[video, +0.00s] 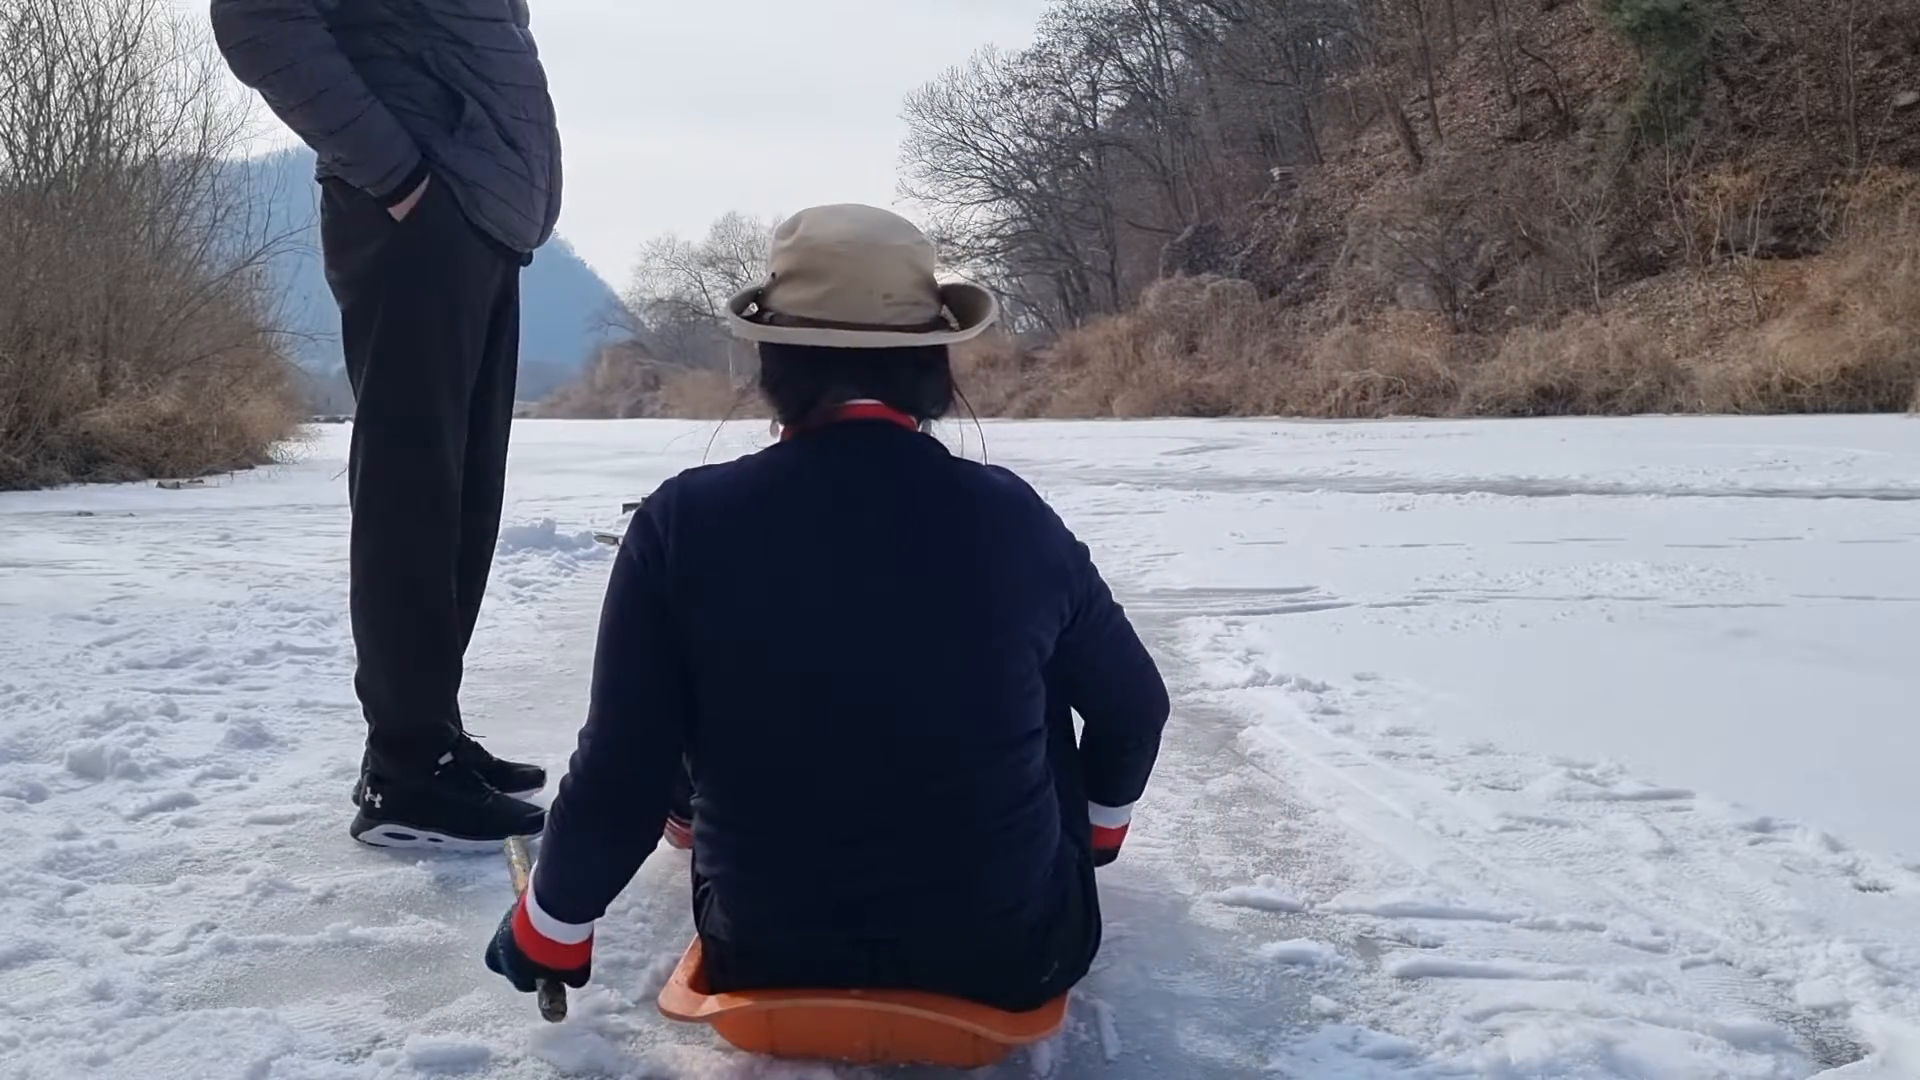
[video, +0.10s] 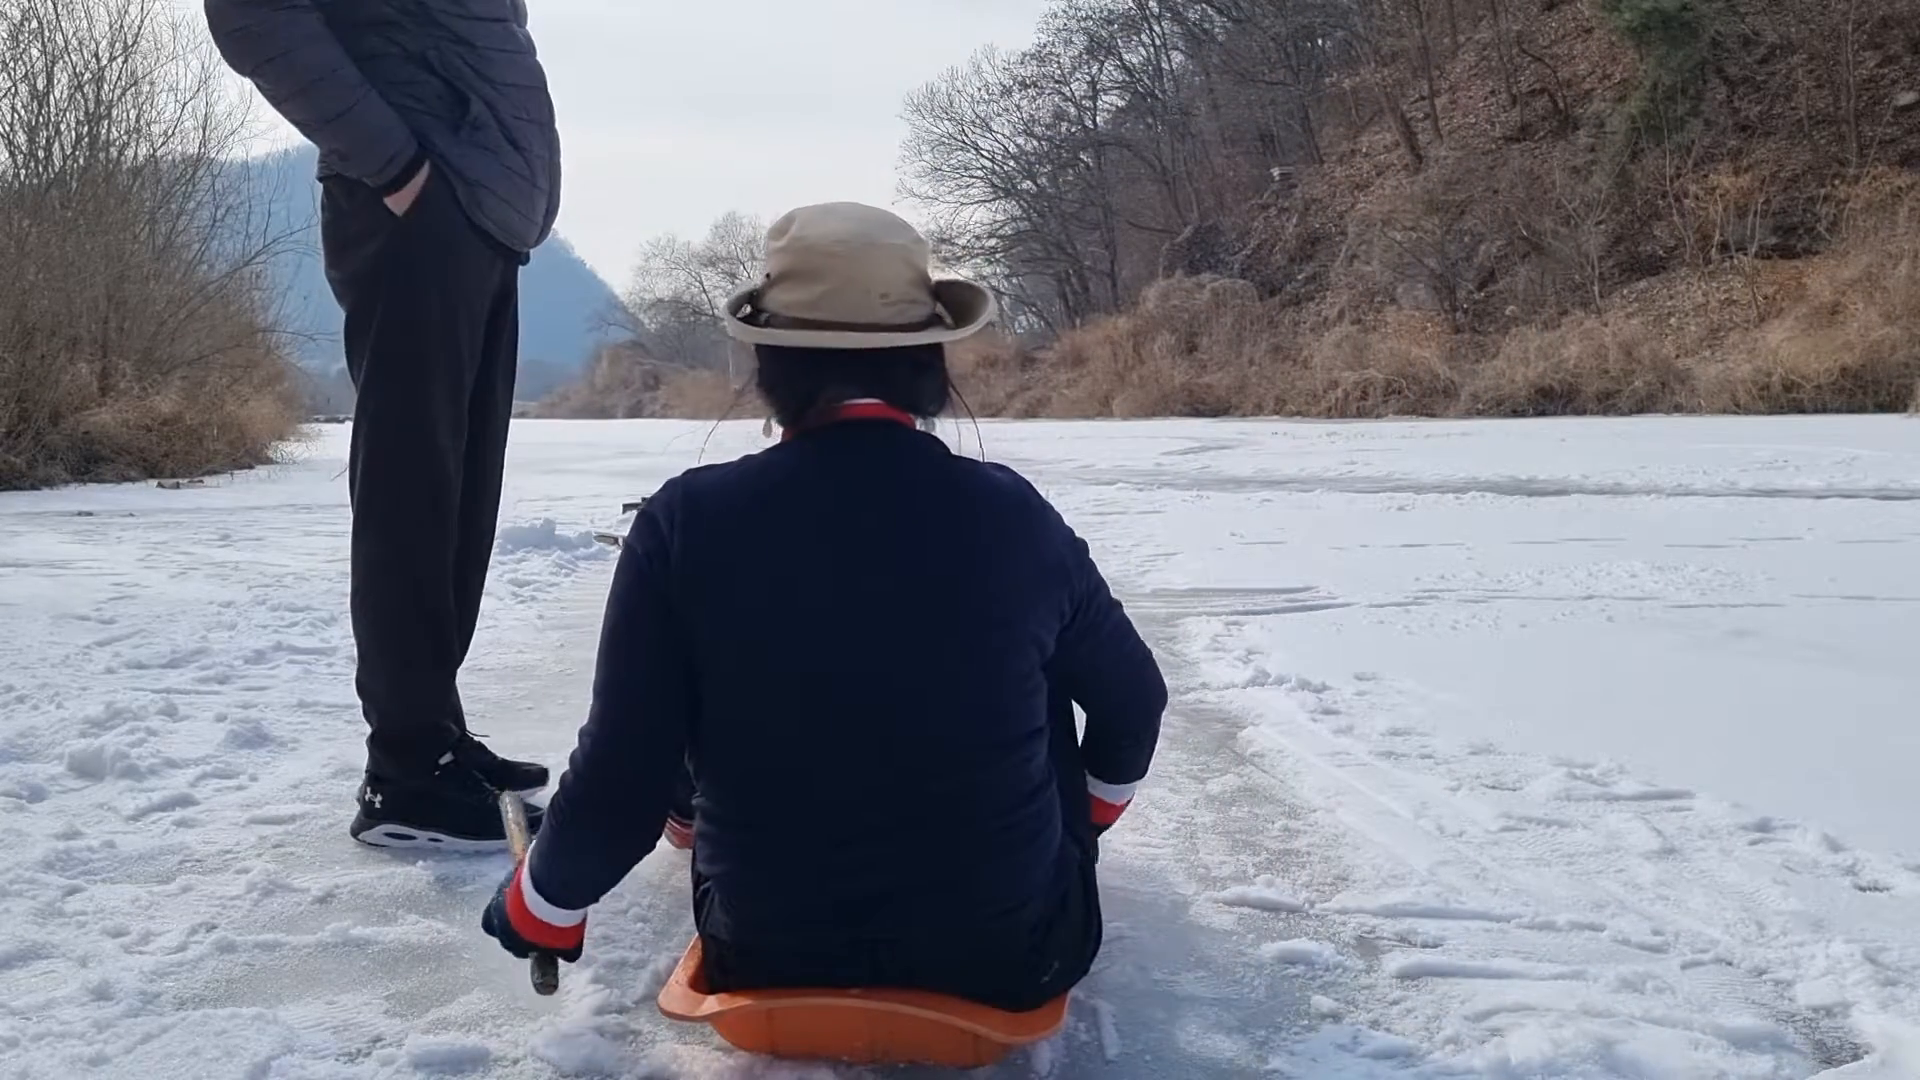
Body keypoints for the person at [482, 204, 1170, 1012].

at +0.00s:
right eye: (947, 355)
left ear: (774, 373)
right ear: (936, 371)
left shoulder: (684, 520)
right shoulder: (1013, 515)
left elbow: (625, 760)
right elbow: (1133, 703)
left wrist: (550, 924)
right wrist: (1089, 827)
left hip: (767, 949)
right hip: (993, 957)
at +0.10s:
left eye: (758, 359)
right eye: (943, 352)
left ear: (771, 373)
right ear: (932, 369)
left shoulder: (688, 519)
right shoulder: (1012, 513)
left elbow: (626, 763)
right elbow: (1132, 691)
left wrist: (541, 903)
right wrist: (1086, 807)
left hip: (769, 951)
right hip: (994, 960)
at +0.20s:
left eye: (763, 361)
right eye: (946, 350)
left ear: (775, 376)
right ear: (937, 369)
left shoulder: (692, 518)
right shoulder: (1016, 512)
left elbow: (625, 769)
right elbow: (1131, 681)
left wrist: (541, 883)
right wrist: (1103, 763)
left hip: (769, 956)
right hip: (994, 964)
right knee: (1037, 690)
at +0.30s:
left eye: (774, 360)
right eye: (956, 350)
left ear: (785, 375)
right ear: (946, 368)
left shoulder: (698, 517)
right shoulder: (1023, 513)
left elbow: (630, 768)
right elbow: (1131, 661)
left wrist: (547, 869)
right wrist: (1139, 714)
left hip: (769, 953)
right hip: (992, 962)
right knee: (1035, 660)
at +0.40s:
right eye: (969, 351)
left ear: (798, 375)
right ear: (958, 369)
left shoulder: (709, 511)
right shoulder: (1029, 512)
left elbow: (634, 755)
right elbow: (1112, 626)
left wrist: (556, 851)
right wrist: (1155, 680)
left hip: (769, 951)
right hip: (992, 962)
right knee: (1041, 660)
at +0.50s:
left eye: (803, 351)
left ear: (815, 370)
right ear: (968, 368)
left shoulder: (722, 505)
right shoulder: (1034, 513)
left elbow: (638, 751)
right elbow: (1114, 623)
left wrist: (564, 824)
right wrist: (1151, 648)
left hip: (774, 954)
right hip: (995, 968)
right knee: (1036, 664)